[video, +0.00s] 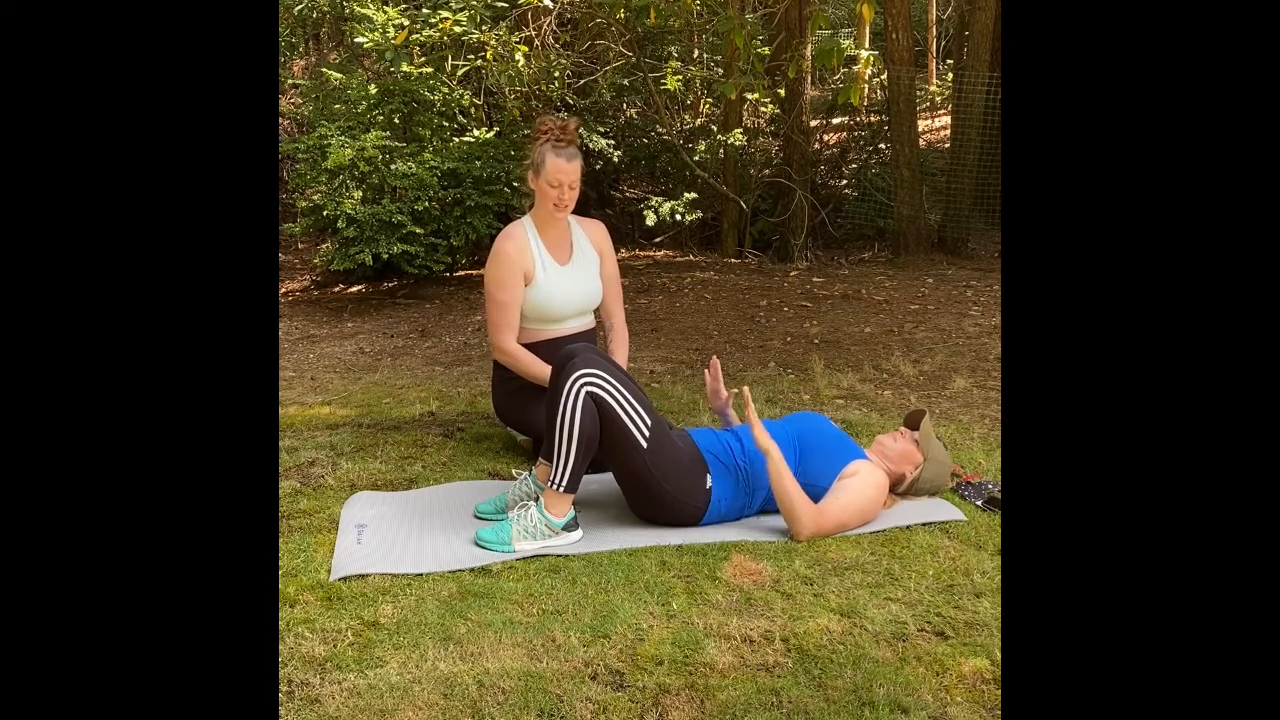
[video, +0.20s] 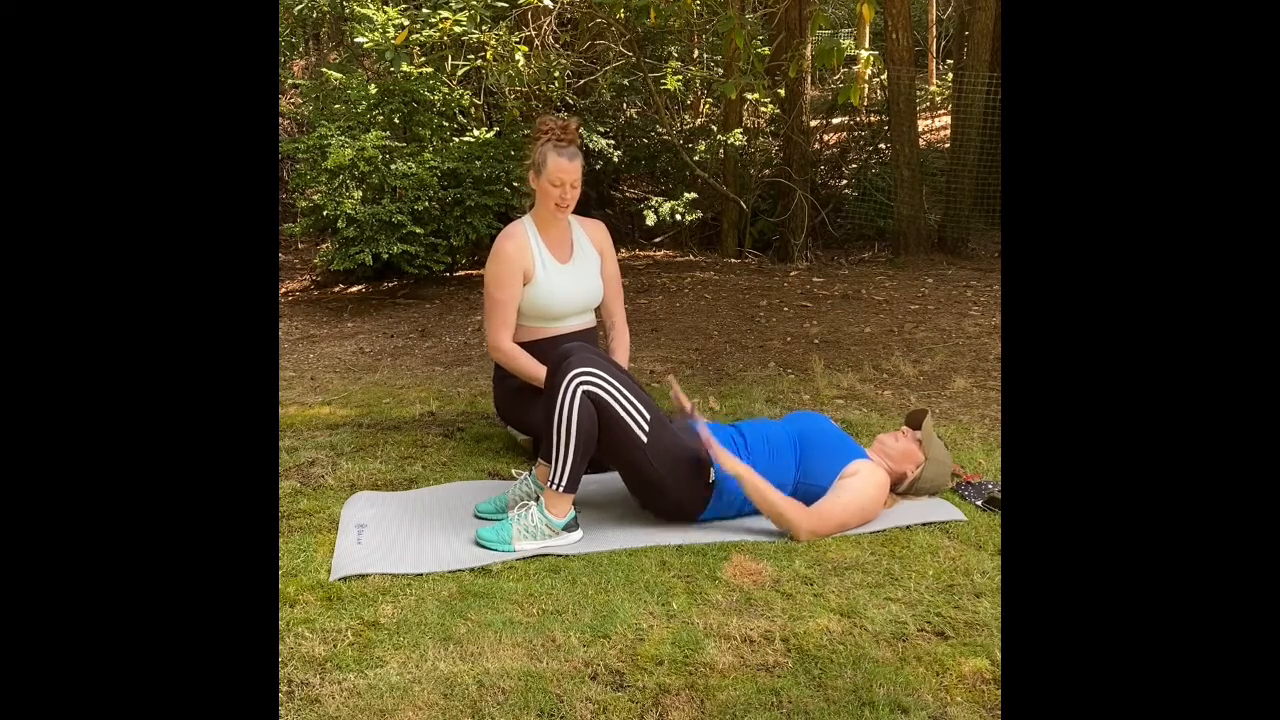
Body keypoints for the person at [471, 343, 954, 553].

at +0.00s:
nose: (897, 433)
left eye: (908, 440)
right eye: (905, 430)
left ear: (908, 471)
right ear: (895, 444)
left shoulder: (870, 483)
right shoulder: (842, 452)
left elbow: (808, 525)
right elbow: (758, 463)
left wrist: (766, 440)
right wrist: (728, 411)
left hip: (694, 484)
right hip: (680, 459)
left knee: (589, 373)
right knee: (578, 358)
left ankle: (555, 511)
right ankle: (542, 485)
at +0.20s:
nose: (899, 432)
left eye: (909, 439)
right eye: (907, 429)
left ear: (909, 470)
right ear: (897, 445)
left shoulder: (869, 482)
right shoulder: (846, 452)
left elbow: (808, 525)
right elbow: (763, 464)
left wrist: (729, 461)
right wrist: (703, 423)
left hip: (696, 479)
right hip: (686, 450)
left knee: (586, 372)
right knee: (577, 358)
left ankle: (555, 510)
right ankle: (543, 484)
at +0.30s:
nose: (899, 432)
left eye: (909, 438)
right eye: (908, 430)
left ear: (908, 469)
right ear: (900, 447)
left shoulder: (869, 482)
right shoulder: (847, 453)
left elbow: (805, 525)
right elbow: (767, 466)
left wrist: (719, 491)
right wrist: (706, 437)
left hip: (698, 471)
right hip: (688, 437)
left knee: (579, 369)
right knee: (565, 354)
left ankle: (554, 511)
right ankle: (542, 484)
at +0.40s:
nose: (897, 432)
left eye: (908, 438)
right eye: (906, 430)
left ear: (908, 470)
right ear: (897, 445)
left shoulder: (868, 480)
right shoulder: (847, 453)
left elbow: (803, 524)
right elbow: (767, 470)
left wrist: (716, 512)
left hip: (700, 465)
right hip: (688, 435)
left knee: (575, 368)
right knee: (563, 353)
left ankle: (555, 511)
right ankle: (543, 484)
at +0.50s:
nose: (897, 432)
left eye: (908, 439)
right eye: (905, 429)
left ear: (908, 472)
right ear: (896, 443)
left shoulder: (866, 479)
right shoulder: (847, 453)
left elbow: (799, 519)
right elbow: (768, 469)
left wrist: (706, 516)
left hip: (701, 465)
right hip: (690, 433)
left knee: (571, 367)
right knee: (563, 352)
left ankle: (555, 512)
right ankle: (544, 483)